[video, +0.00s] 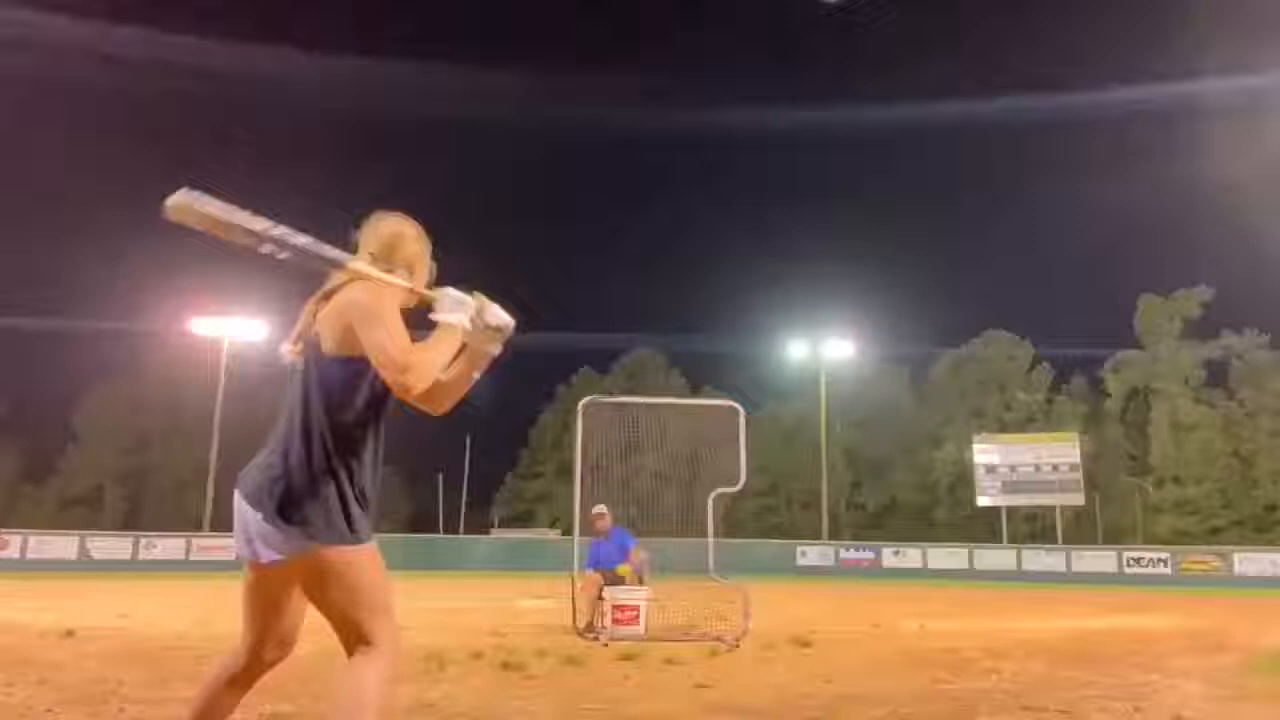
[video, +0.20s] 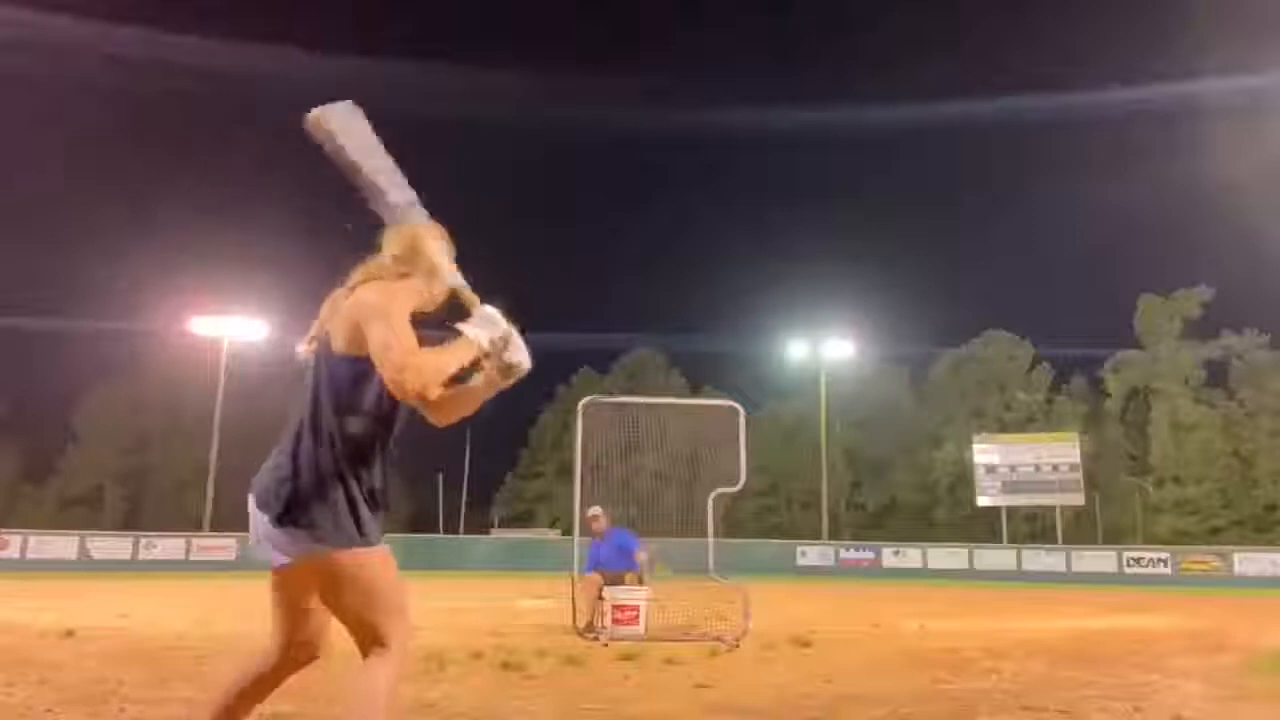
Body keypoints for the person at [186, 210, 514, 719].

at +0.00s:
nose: (425, 281)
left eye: (426, 271)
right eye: (424, 268)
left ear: (368, 257)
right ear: (411, 266)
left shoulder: (340, 300)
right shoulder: (369, 297)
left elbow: (436, 399)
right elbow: (410, 375)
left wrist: (482, 347)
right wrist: (452, 324)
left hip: (266, 494)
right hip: (313, 508)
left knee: (264, 646)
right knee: (375, 646)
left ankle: (198, 714)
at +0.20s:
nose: (448, 288)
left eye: (449, 277)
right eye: (447, 275)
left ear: (397, 263)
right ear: (430, 270)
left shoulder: (357, 303)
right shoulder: (380, 298)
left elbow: (441, 410)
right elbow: (409, 375)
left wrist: (496, 375)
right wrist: (474, 337)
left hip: (287, 498)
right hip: (324, 505)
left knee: (296, 648)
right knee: (388, 643)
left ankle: (220, 713)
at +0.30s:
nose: (455, 294)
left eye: (458, 284)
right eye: (457, 280)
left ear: (409, 261)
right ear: (443, 268)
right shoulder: (387, 295)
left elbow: (439, 412)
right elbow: (393, 365)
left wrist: (492, 384)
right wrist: (475, 342)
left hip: (304, 494)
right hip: (326, 496)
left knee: (350, 644)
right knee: (396, 641)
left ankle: (252, 714)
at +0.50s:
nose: (475, 304)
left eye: (477, 295)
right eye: (474, 293)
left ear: (438, 276)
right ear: (457, 283)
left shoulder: (436, 333)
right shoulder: (393, 298)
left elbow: (448, 419)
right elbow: (356, 363)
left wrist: (476, 390)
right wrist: (450, 345)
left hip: (365, 498)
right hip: (327, 502)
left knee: (443, 605)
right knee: (401, 648)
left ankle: (369, 699)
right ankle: (362, 712)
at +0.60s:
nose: (480, 321)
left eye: (483, 313)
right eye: (479, 312)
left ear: (459, 296)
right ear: (467, 297)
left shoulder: (448, 336)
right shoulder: (402, 306)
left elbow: (469, 420)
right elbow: (337, 362)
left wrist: (472, 371)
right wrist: (428, 339)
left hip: (379, 504)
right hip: (334, 508)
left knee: (467, 602)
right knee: (409, 645)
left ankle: (404, 707)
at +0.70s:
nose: (487, 332)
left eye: (491, 326)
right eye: (487, 322)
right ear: (471, 305)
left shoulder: (459, 351)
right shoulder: (397, 322)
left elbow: (482, 414)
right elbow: (327, 347)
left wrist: (470, 350)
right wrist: (419, 318)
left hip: (394, 510)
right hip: (342, 511)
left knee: (469, 611)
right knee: (409, 643)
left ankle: (409, 703)